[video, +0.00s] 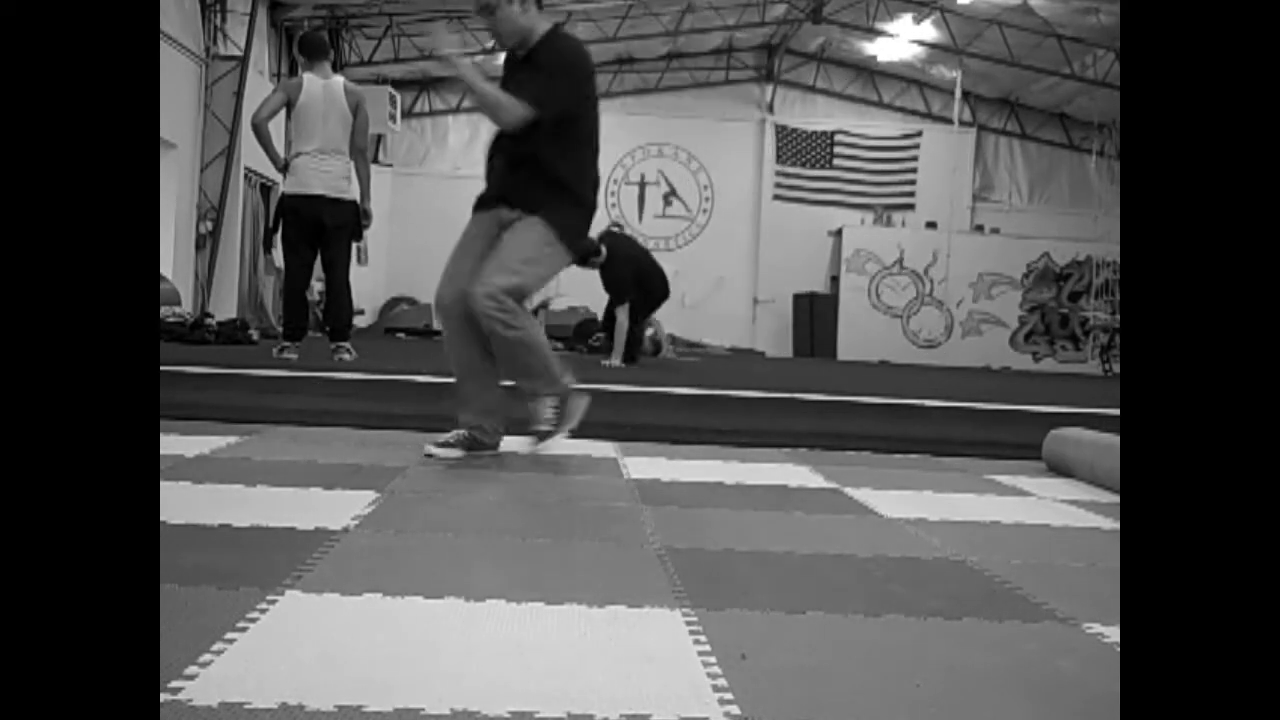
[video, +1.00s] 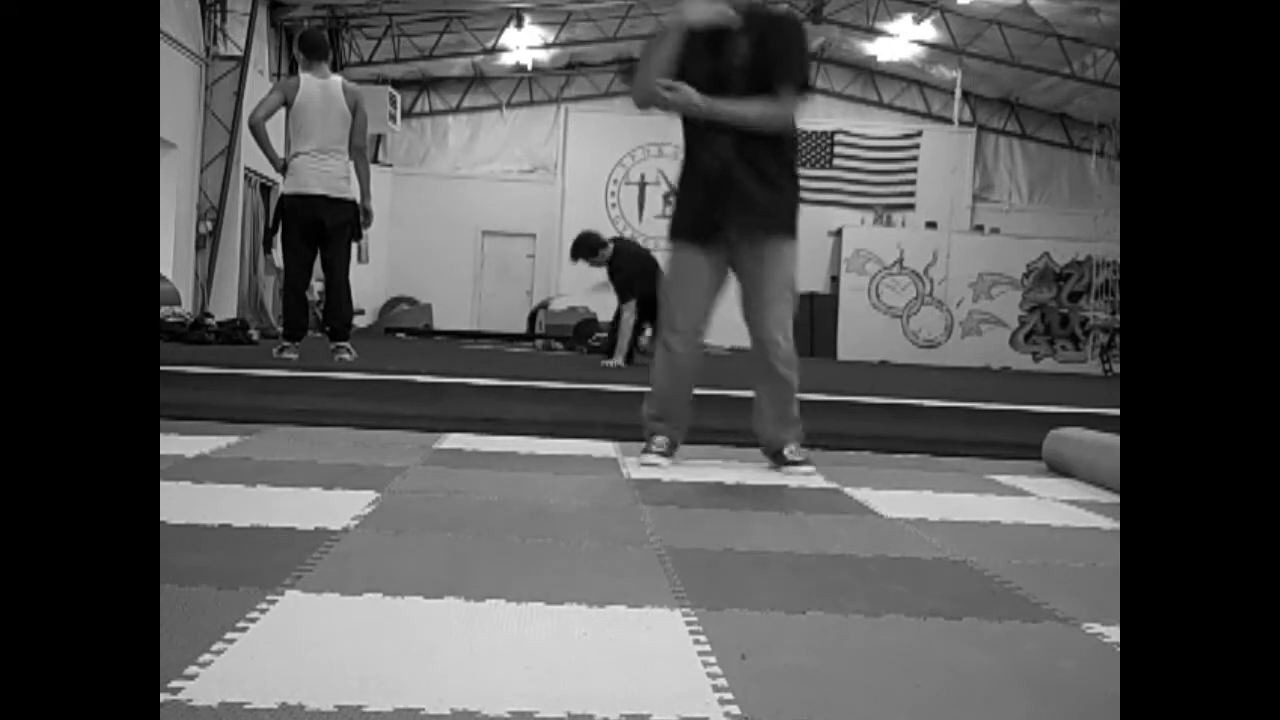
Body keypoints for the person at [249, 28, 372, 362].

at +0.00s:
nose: (301, 64)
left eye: (300, 59)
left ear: (301, 58)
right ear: (330, 55)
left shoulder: (292, 86)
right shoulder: (353, 94)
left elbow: (258, 120)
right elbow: (360, 152)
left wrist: (278, 162)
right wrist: (366, 202)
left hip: (298, 195)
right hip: (340, 198)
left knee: (295, 274)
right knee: (338, 276)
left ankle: (290, 343)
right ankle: (341, 345)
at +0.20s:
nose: (299, 63)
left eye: (299, 58)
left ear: (301, 58)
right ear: (330, 55)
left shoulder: (291, 86)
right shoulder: (353, 94)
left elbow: (257, 121)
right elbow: (359, 152)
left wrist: (278, 162)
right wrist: (365, 202)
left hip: (298, 196)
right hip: (340, 198)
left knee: (295, 274)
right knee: (338, 276)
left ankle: (290, 344)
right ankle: (341, 345)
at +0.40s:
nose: (299, 62)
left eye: (298, 57)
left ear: (300, 57)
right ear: (330, 55)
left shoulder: (291, 86)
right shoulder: (353, 94)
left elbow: (257, 120)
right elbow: (359, 152)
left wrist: (277, 162)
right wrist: (365, 202)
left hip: (298, 195)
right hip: (340, 198)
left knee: (295, 274)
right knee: (338, 276)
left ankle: (290, 343)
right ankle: (341, 345)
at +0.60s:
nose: (300, 64)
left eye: (299, 59)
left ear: (299, 58)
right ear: (329, 55)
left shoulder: (290, 86)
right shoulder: (353, 94)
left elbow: (256, 121)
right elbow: (359, 152)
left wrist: (277, 162)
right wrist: (366, 202)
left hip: (297, 195)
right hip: (339, 197)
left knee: (295, 273)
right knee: (338, 276)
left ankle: (290, 343)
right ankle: (341, 345)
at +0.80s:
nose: (297, 61)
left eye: (298, 57)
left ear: (300, 57)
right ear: (329, 55)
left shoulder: (290, 86)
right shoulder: (352, 93)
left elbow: (256, 120)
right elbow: (359, 151)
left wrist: (276, 162)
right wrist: (366, 201)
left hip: (298, 195)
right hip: (340, 197)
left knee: (295, 274)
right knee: (338, 276)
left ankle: (290, 343)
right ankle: (341, 345)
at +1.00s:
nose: (296, 58)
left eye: (297, 54)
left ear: (300, 55)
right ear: (329, 54)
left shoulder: (289, 86)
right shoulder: (352, 93)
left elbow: (255, 120)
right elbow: (358, 151)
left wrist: (276, 162)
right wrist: (366, 201)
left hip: (298, 195)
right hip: (339, 197)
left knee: (295, 275)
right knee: (338, 276)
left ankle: (290, 344)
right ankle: (341, 345)